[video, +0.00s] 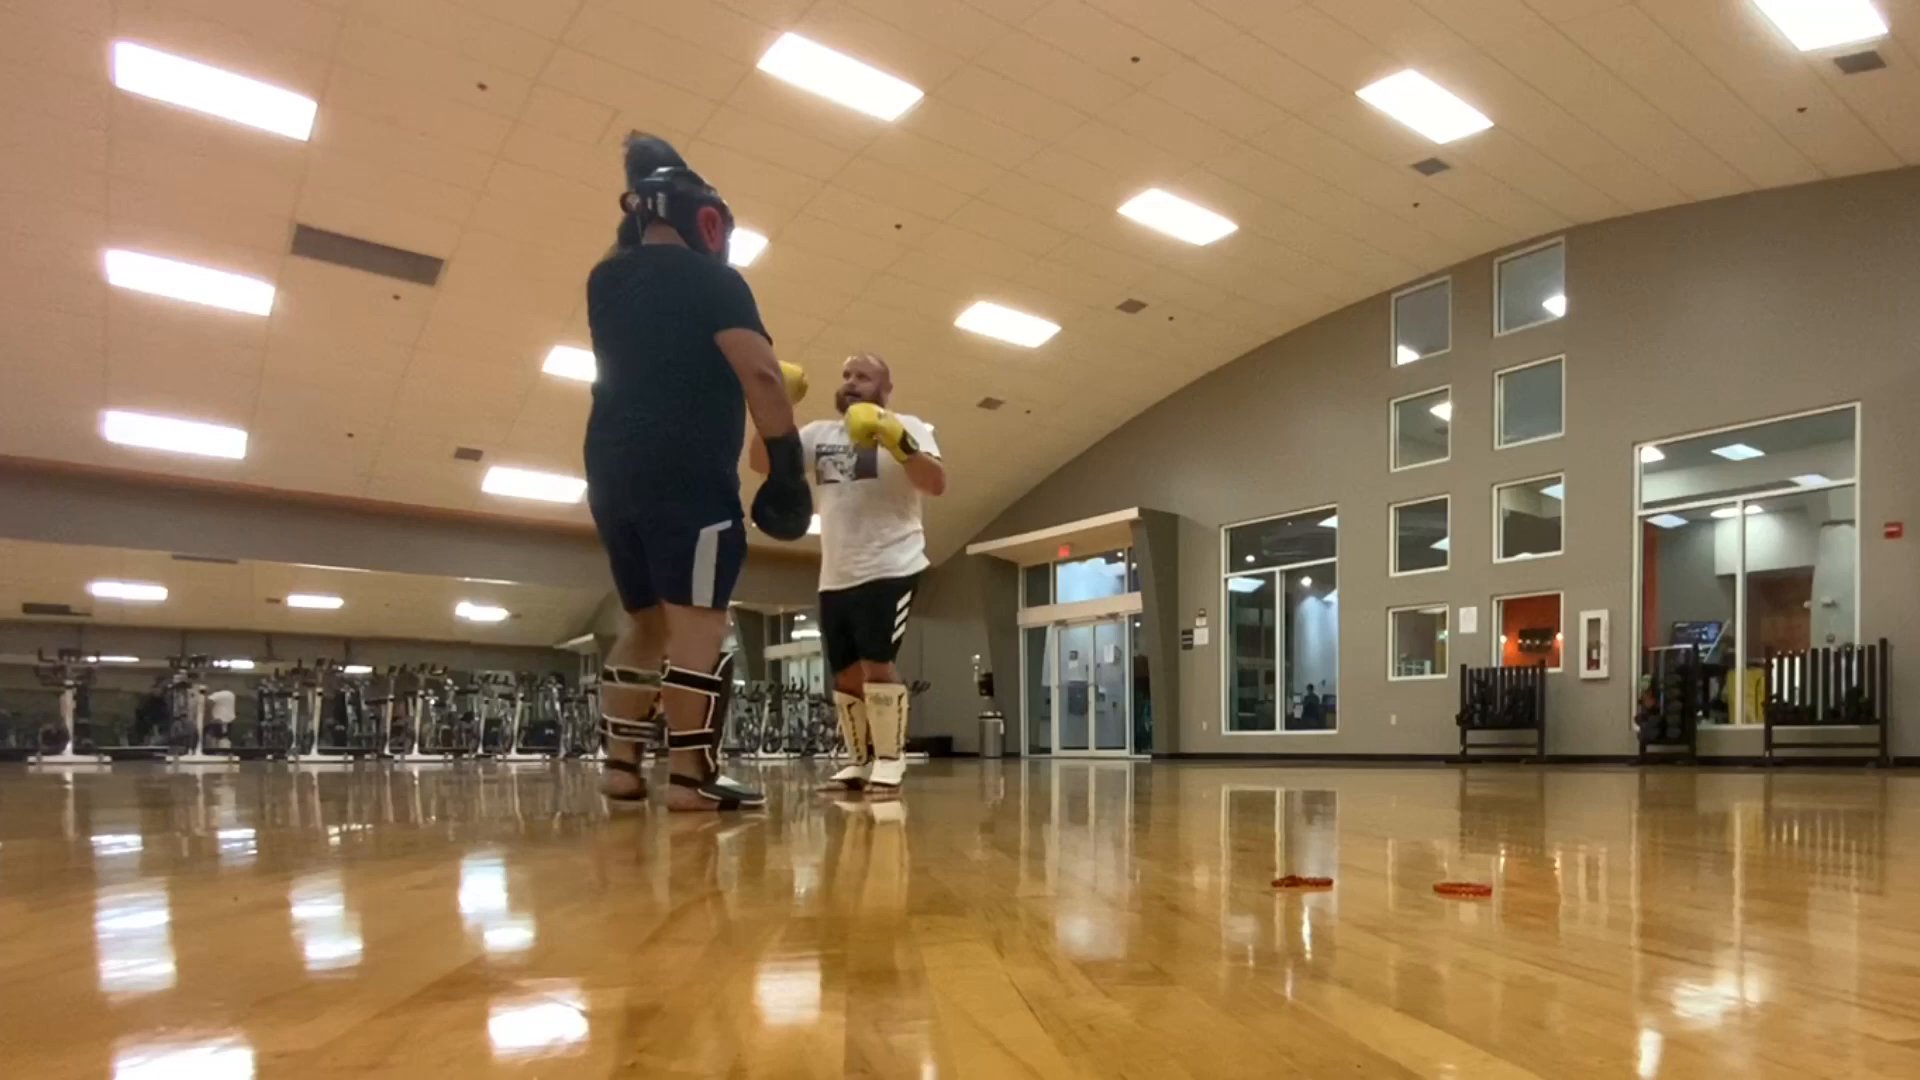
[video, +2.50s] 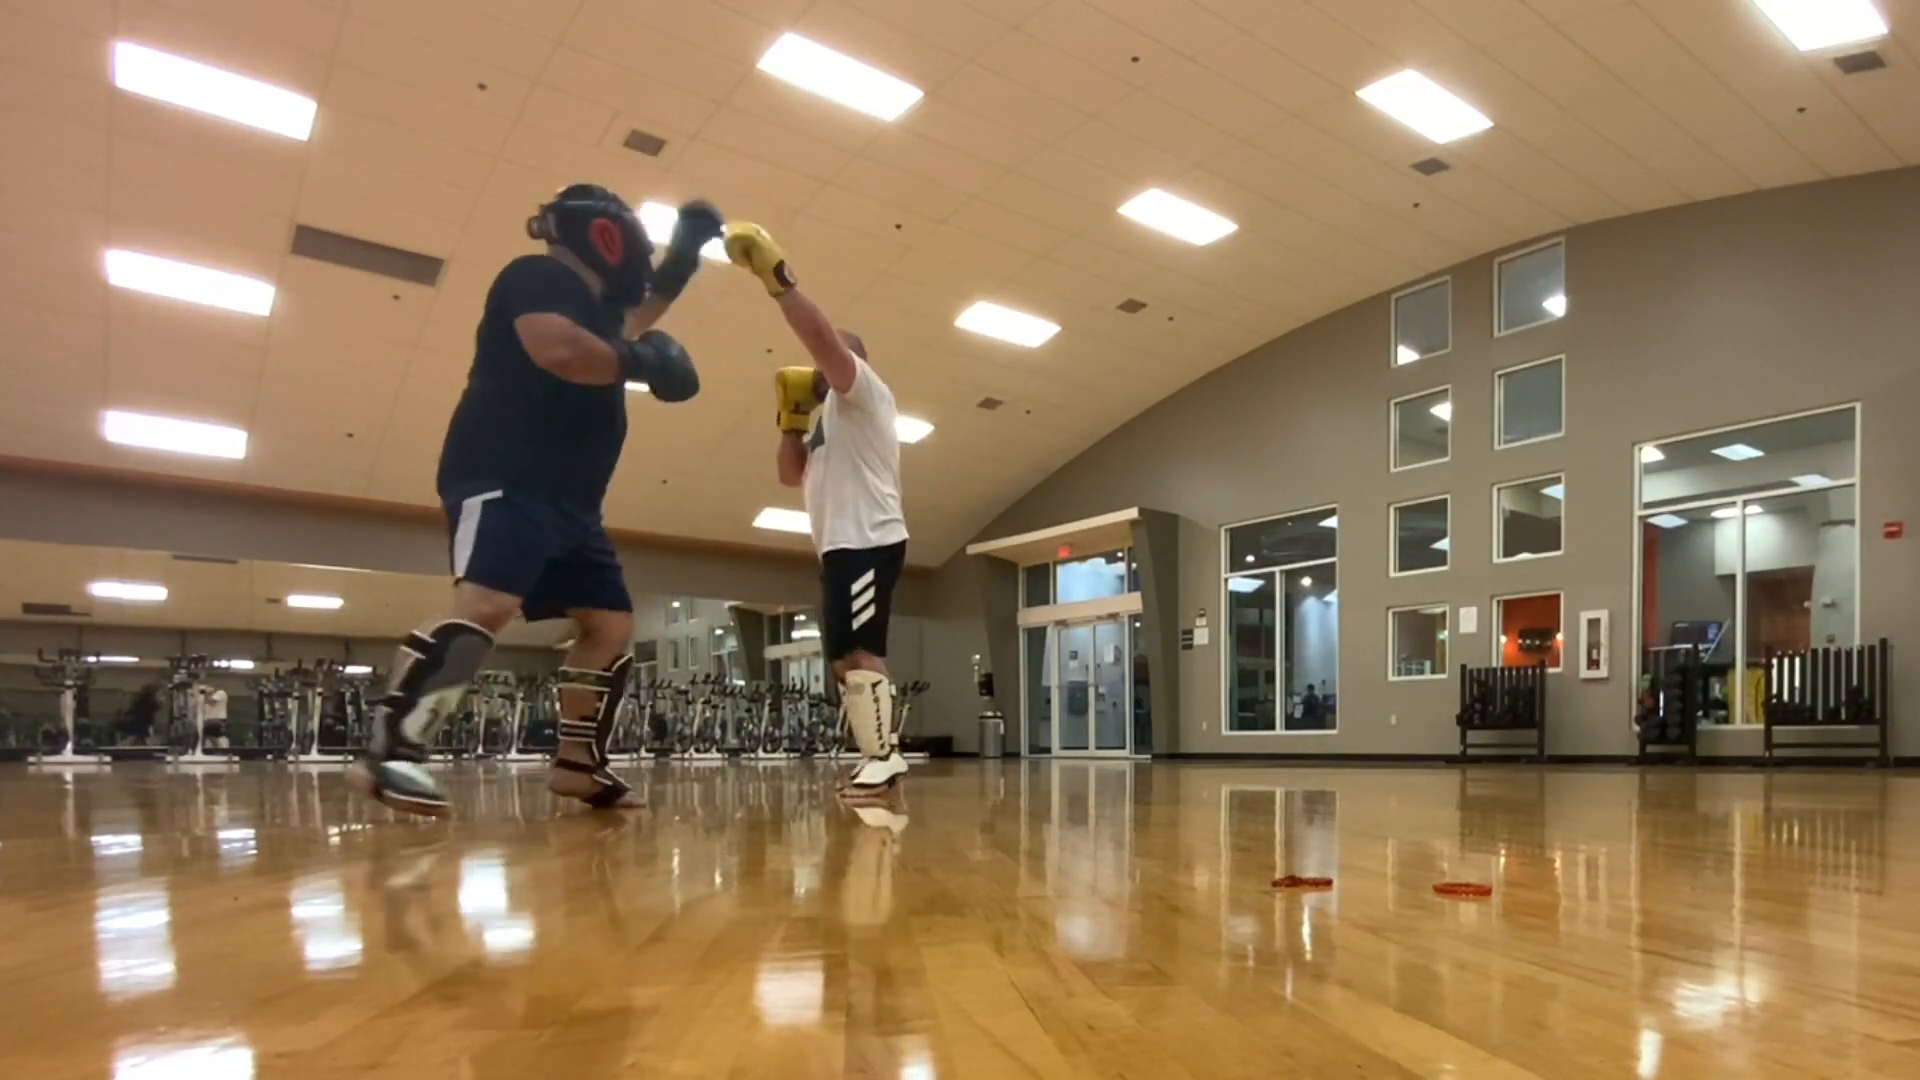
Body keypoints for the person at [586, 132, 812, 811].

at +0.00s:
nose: (724, 243)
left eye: (724, 230)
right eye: (721, 229)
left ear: (643, 220)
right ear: (703, 220)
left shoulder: (606, 279)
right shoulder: (713, 279)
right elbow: (759, 374)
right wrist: (786, 469)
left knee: (646, 621)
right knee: (698, 622)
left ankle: (621, 765)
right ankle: (691, 776)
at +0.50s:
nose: (728, 278)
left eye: (725, 271)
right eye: (719, 263)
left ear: (690, 264)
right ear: (693, 254)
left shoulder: (688, 309)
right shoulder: (649, 288)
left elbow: (737, 292)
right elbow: (646, 350)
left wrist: (775, 248)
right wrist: (728, 431)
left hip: (657, 483)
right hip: (633, 480)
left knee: (649, 612)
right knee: (646, 610)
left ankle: (623, 757)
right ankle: (614, 757)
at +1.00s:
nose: (676, 263)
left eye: (676, 251)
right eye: (675, 249)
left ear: (605, 232)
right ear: (654, 235)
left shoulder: (552, 286)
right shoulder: (629, 282)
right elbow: (696, 383)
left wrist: (667, 335)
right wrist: (718, 350)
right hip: (582, 485)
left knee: (629, 617)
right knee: (541, 620)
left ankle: (618, 757)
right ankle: (488, 769)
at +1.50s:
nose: (698, 266)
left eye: (696, 252)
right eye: (691, 250)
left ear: (643, 243)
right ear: (666, 242)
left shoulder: (643, 294)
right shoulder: (623, 281)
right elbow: (688, 374)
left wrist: (703, 328)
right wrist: (738, 355)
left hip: (624, 496)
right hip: (576, 484)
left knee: (633, 623)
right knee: (559, 614)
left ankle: (619, 759)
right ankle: (504, 754)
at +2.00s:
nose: (667, 259)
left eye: (665, 246)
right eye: (661, 245)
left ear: (608, 237)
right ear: (640, 239)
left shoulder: (591, 289)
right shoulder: (606, 283)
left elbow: (623, 373)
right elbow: (669, 374)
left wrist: (682, 351)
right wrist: (713, 365)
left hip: (599, 492)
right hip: (560, 483)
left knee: (641, 616)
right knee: (550, 615)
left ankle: (616, 756)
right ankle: (496, 760)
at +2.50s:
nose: (639, 259)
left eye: (640, 247)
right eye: (634, 244)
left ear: (592, 242)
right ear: (604, 237)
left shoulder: (595, 311)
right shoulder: (535, 276)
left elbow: (639, 314)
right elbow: (557, 350)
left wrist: (681, 256)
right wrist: (637, 361)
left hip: (569, 496)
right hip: (504, 476)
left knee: (607, 623)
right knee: (489, 603)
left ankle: (578, 760)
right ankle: (395, 747)